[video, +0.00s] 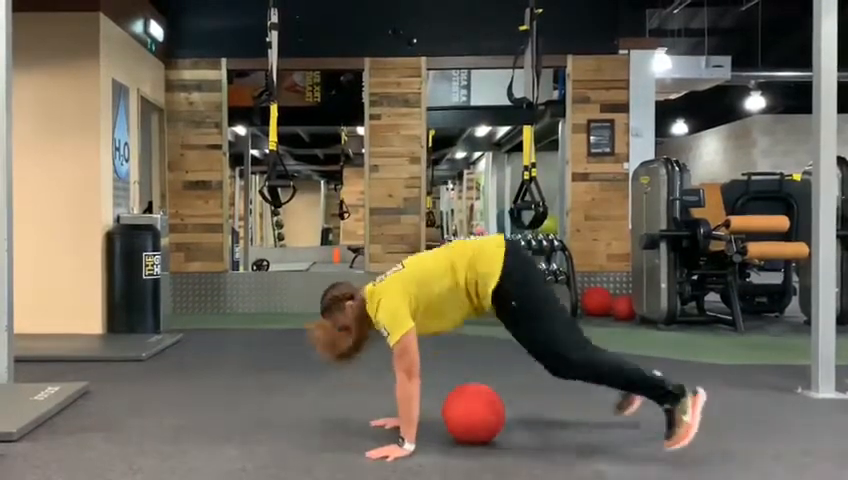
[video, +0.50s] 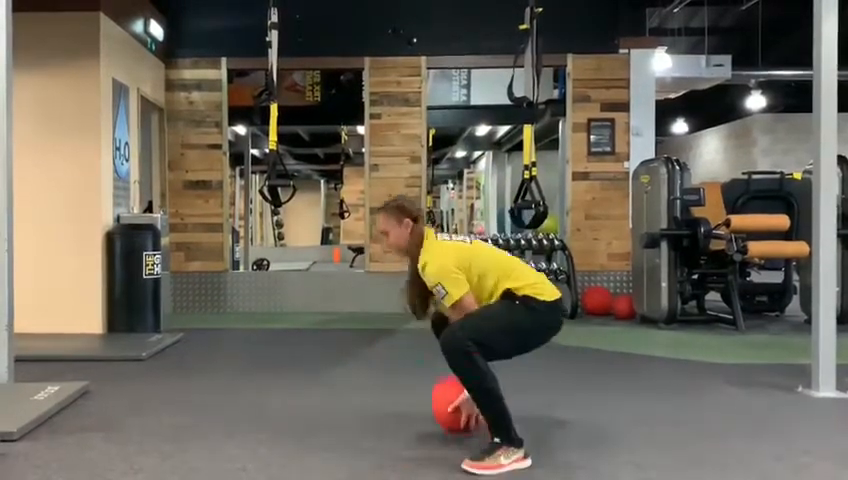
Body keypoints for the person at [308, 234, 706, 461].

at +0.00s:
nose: (348, 334)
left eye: (342, 328)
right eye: (341, 329)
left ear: (348, 313)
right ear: (352, 300)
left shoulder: (387, 299)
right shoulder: (385, 293)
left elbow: (408, 373)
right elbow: (408, 367)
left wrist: (408, 442)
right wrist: (405, 420)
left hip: (503, 269)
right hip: (497, 274)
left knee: (570, 358)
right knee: (562, 356)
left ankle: (679, 398)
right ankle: (635, 380)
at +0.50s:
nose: (384, 243)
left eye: (386, 234)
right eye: (382, 235)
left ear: (408, 226)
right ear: (409, 227)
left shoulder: (434, 262)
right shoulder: (436, 250)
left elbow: (472, 319)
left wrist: (473, 390)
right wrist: (476, 390)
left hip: (537, 307)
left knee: (457, 340)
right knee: (442, 323)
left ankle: (510, 446)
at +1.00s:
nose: (464, 80)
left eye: (466, 72)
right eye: (463, 73)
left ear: (483, 67)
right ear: (476, 70)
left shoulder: (510, 90)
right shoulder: (477, 106)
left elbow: (446, 75)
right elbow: (436, 94)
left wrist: (432, 24)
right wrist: (420, 48)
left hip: (500, 226)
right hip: (478, 226)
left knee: (480, 323)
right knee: (464, 314)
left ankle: (515, 442)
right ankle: (490, 399)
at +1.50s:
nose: (426, 72)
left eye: (430, 62)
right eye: (425, 66)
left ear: (449, 57)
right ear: (428, 71)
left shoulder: (481, 85)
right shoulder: (443, 98)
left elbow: (432, 42)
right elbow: (401, 72)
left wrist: (427, 2)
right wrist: (391, 23)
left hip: (481, 221)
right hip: (459, 223)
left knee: (482, 325)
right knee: (464, 317)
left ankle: (513, 441)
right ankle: (487, 400)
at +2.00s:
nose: (355, 252)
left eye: (352, 245)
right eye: (350, 248)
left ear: (364, 225)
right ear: (365, 224)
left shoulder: (408, 231)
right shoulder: (397, 231)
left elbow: (427, 302)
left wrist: (416, 371)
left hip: (525, 250)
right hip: (501, 251)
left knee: (472, 333)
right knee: (455, 322)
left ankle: (515, 445)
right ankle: (487, 402)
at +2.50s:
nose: (360, 335)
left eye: (356, 330)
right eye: (355, 331)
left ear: (360, 312)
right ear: (363, 307)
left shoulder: (407, 308)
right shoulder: (399, 303)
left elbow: (429, 379)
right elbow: (430, 371)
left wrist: (417, 447)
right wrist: (418, 420)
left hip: (522, 351)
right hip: (518, 343)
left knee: (599, 424)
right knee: (590, 400)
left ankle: (721, 422)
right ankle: (688, 395)